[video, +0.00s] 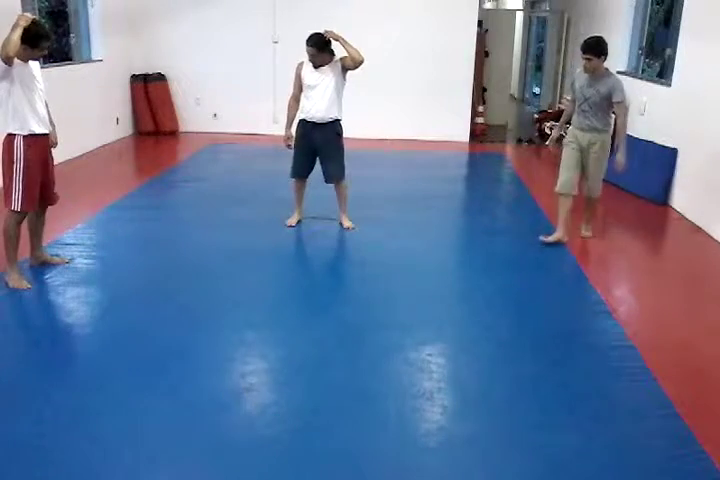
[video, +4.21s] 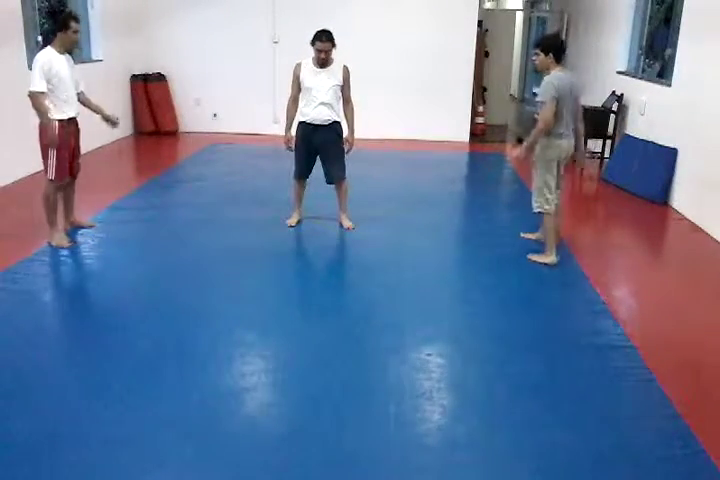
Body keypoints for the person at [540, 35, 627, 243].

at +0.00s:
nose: (584, 64)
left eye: (589, 60)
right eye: (583, 59)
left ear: (602, 59)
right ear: (582, 57)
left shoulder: (613, 83)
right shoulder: (578, 76)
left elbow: (621, 117)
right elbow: (570, 105)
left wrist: (620, 150)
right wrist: (558, 130)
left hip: (599, 138)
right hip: (575, 134)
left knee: (592, 188)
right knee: (565, 184)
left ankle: (587, 223)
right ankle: (561, 230)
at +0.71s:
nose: (580, 67)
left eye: (585, 63)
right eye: (578, 62)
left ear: (599, 62)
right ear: (577, 60)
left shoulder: (611, 91)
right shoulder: (570, 80)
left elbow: (617, 128)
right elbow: (556, 106)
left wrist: (615, 164)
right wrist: (536, 130)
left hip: (594, 151)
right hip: (567, 147)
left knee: (593, 207)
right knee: (558, 198)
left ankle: (592, 262)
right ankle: (561, 240)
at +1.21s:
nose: (582, 63)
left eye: (587, 59)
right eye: (582, 58)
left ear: (604, 62)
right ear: (595, 60)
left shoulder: (622, 92)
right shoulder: (585, 84)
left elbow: (628, 136)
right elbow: (580, 122)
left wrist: (624, 175)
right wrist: (573, 153)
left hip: (606, 160)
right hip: (578, 155)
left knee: (602, 220)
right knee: (567, 216)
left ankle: (594, 271)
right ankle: (571, 272)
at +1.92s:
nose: (564, 65)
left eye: (567, 60)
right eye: (563, 60)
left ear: (583, 60)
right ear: (580, 61)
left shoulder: (598, 95)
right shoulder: (582, 88)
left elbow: (598, 145)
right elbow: (575, 132)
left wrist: (592, 187)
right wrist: (554, 145)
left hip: (584, 168)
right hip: (571, 164)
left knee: (577, 232)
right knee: (565, 225)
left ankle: (572, 301)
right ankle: (570, 281)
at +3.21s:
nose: (559, 65)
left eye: (562, 59)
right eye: (559, 59)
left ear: (576, 59)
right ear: (582, 60)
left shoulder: (577, 90)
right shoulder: (601, 88)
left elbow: (569, 134)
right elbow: (605, 130)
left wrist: (554, 170)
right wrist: (583, 144)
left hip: (569, 162)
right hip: (590, 163)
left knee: (539, 218)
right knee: (580, 225)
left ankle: (550, 275)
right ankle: (573, 281)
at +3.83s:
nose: (541, 63)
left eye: (543, 58)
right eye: (541, 58)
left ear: (555, 58)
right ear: (566, 58)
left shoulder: (548, 86)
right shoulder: (588, 84)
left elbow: (541, 126)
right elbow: (592, 123)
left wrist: (533, 159)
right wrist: (587, 153)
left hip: (551, 149)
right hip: (576, 151)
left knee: (545, 201)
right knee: (568, 200)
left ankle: (548, 254)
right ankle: (568, 242)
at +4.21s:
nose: (534, 59)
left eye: (538, 55)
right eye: (534, 55)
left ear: (550, 56)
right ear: (556, 56)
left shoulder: (550, 82)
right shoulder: (570, 79)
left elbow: (546, 121)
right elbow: (577, 118)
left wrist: (525, 146)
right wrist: (580, 147)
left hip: (550, 142)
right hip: (566, 141)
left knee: (546, 196)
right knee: (551, 189)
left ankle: (550, 252)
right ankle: (545, 231)